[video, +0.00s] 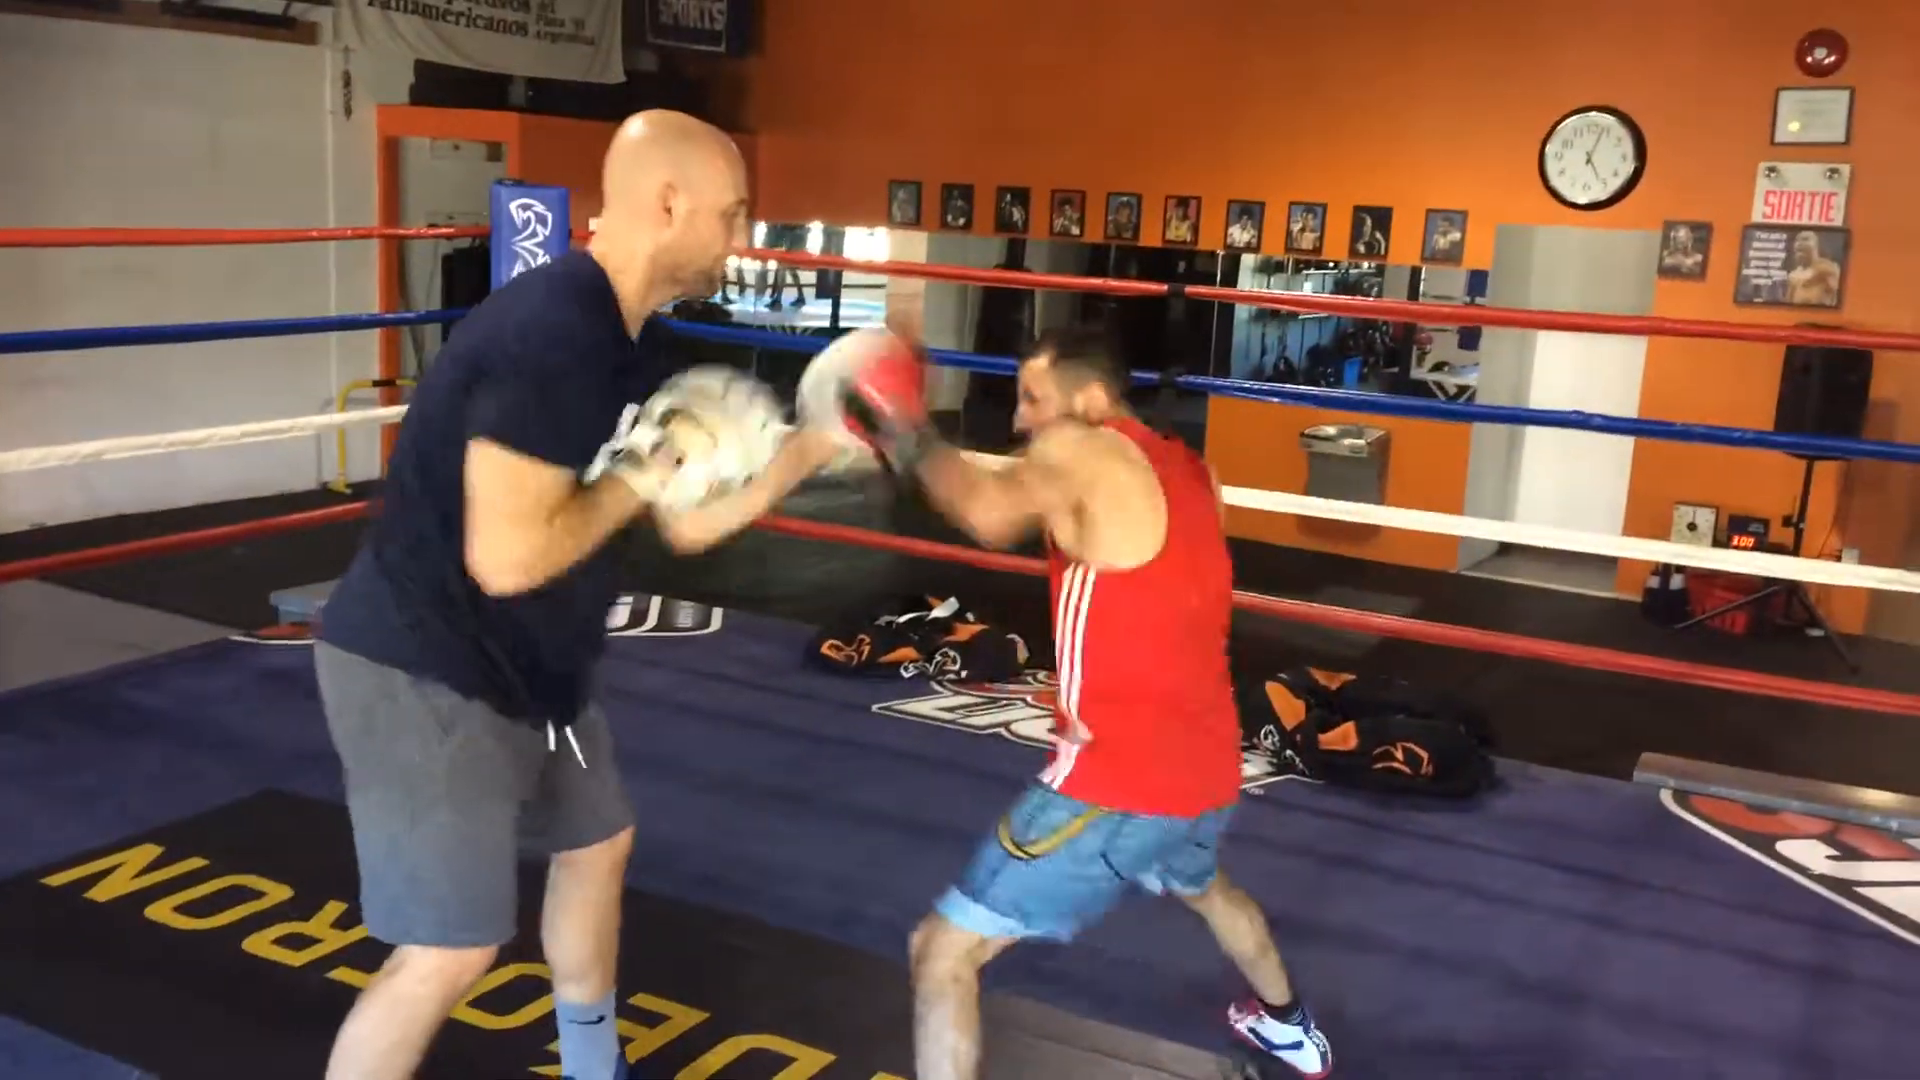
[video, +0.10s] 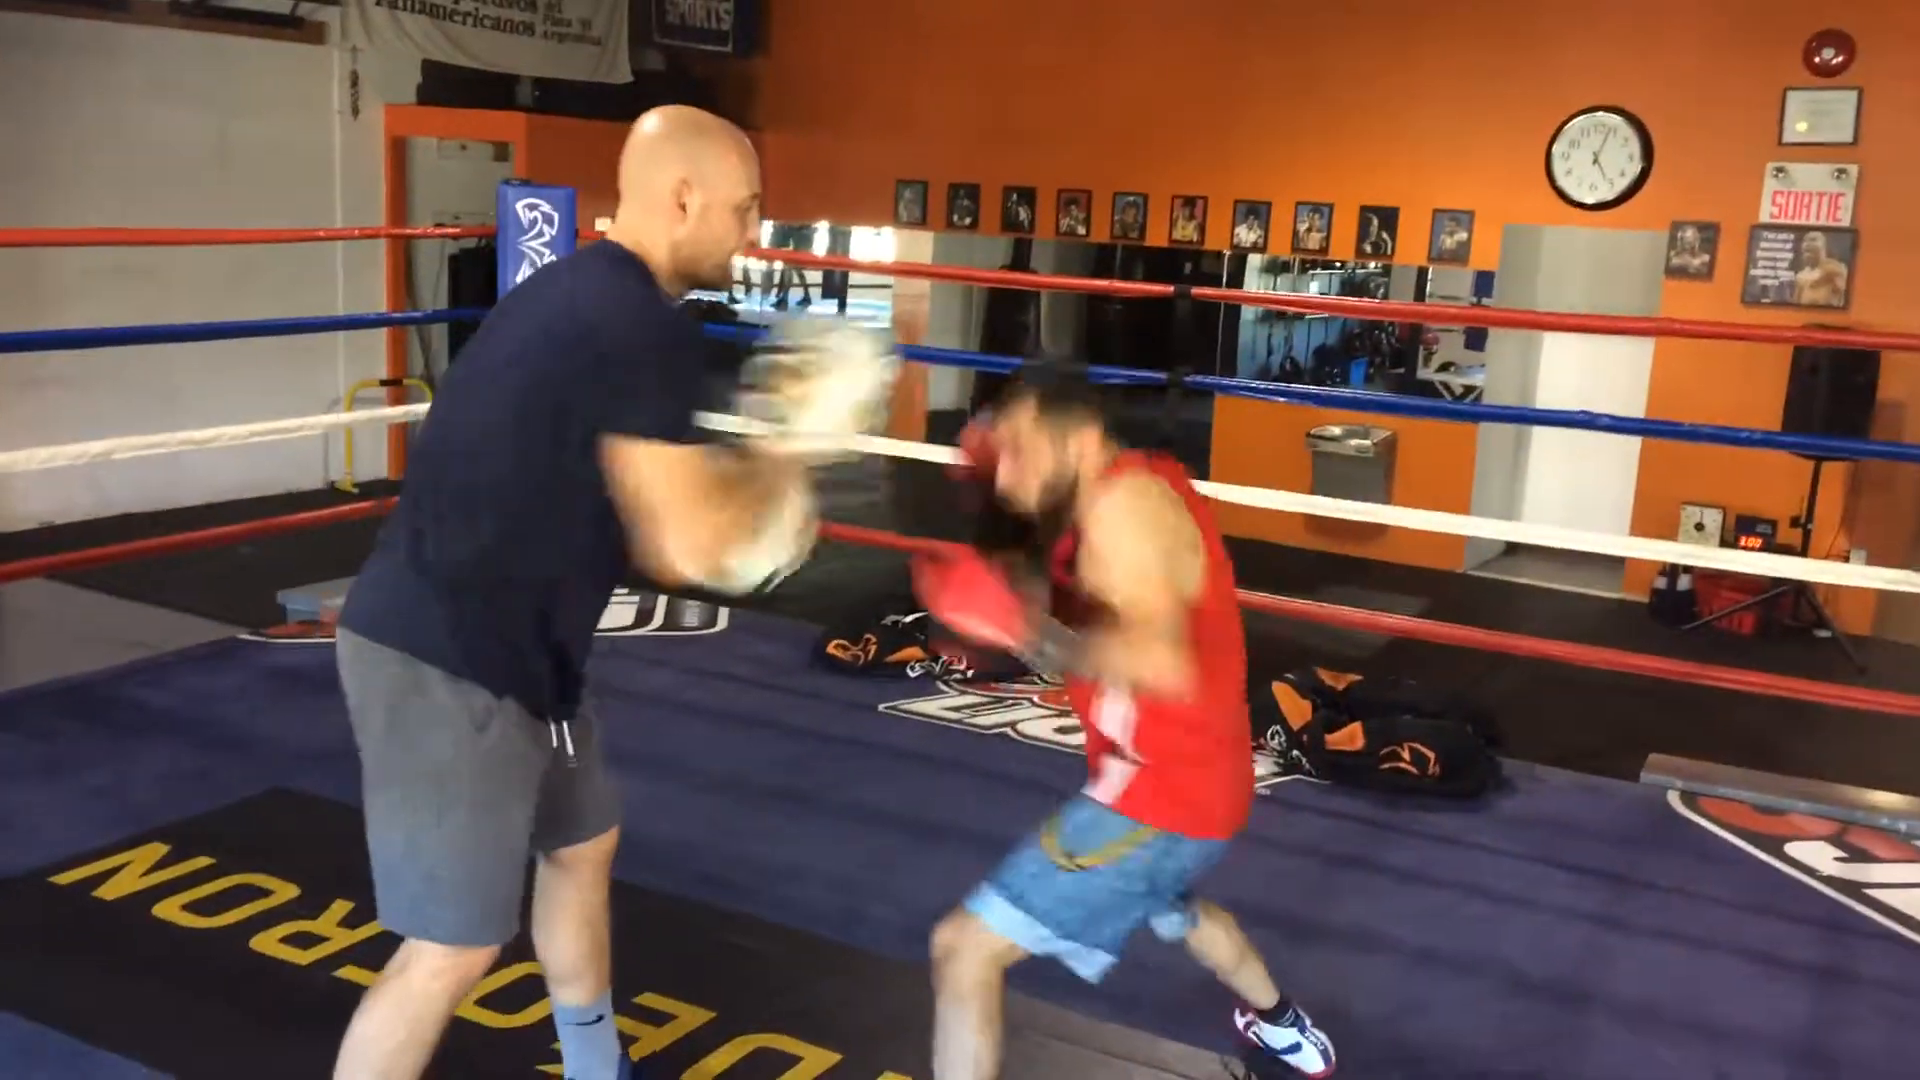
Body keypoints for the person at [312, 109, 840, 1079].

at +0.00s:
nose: (739, 247)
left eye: (742, 223)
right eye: (733, 219)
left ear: (659, 207)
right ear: (667, 204)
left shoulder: (635, 342)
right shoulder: (547, 324)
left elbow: (689, 525)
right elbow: (507, 554)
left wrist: (807, 449)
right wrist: (640, 476)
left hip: (530, 657)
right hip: (417, 659)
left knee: (596, 839)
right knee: (450, 941)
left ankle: (593, 1070)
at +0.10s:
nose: (749, 242)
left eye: (752, 216)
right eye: (744, 212)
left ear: (658, 198)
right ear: (684, 198)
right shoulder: (625, 316)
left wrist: (759, 489)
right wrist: (785, 455)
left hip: (516, 647)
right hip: (441, 651)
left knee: (581, 838)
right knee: (453, 939)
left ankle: (595, 1069)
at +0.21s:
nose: (767, 244)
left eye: (768, 222)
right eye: (757, 219)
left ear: (679, 205)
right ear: (692, 209)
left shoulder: (561, 296)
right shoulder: (671, 331)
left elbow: (531, 462)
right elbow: (865, 441)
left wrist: (651, 558)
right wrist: (1015, 441)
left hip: (518, 655)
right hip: (446, 661)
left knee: (575, 849)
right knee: (463, 950)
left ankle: (594, 1067)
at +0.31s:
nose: (786, 260)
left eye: (791, 239)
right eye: (778, 234)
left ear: (693, 216)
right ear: (709, 216)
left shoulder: (584, 294)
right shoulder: (698, 330)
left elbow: (544, 448)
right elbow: (881, 447)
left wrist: (661, 516)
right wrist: (945, 469)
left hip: (536, 645)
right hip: (474, 649)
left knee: (586, 848)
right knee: (487, 942)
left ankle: (602, 1069)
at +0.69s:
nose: (810, 254)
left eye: (815, 232)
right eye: (804, 229)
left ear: (720, 210)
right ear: (744, 212)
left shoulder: (621, 294)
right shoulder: (738, 341)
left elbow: (621, 462)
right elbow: (815, 504)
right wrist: (795, 526)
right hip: (513, 652)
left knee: (614, 838)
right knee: (529, 937)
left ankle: (618, 1067)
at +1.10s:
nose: (671, 208)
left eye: (672, 182)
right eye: (655, 180)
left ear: (579, 175)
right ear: (580, 171)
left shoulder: (537, 293)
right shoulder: (521, 305)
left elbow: (517, 469)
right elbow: (527, 557)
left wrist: (649, 438)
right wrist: (696, 615)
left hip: (489, 671)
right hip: (403, 682)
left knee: (548, 892)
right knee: (400, 969)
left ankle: (612, 1070)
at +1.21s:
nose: (653, 206)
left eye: (654, 181)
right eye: (639, 178)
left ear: (563, 169)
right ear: (564, 166)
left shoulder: (531, 306)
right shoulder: (480, 311)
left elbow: (560, 479)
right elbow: (460, 558)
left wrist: (675, 387)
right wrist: (641, 616)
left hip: (480, 664)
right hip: (379, 682)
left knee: (533, 891)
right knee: (378, 971)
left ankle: (599, 1072)